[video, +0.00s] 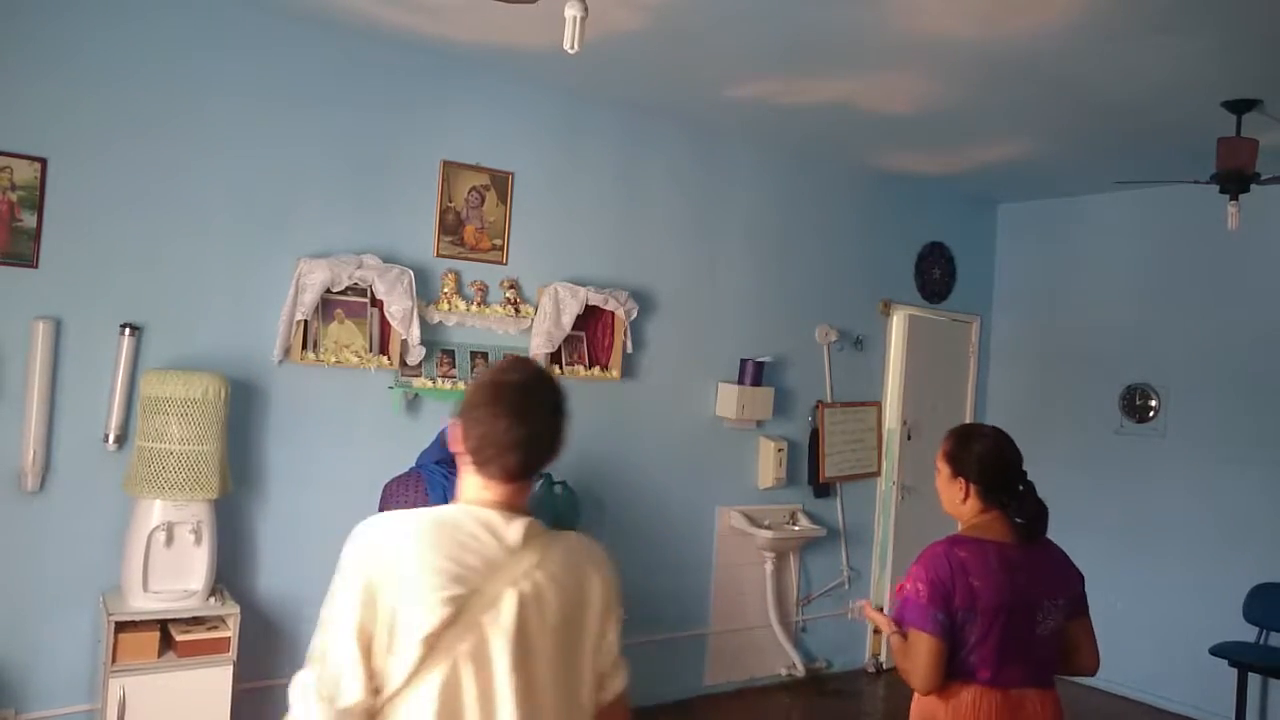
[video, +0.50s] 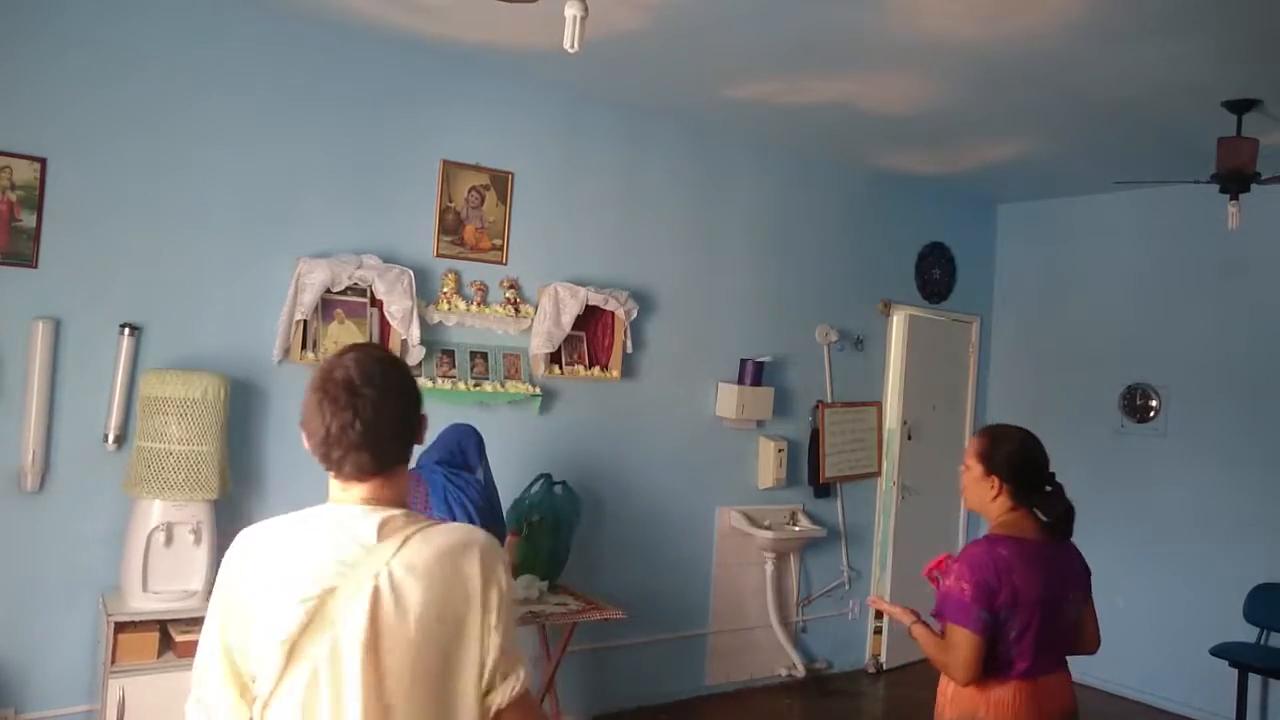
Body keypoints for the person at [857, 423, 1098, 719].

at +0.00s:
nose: (936, 482)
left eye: (939, 473)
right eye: (937, 472)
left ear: (962, 488)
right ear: (1008, 481)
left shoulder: (941, 561)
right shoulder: (1054, 559)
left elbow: (923, 678)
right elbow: (1085, 660)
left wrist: (891, 633)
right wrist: (1016, 649)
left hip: (958, 706)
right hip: (1037, 705)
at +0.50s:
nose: (960, 475)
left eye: (967, 467)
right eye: (963, 466)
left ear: (994, 486)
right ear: (1031, 483)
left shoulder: (979, 559)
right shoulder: (1065, 552)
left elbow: (961, 668)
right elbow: (1087, 641)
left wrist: (912, 622)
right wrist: (1021, 634)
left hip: (988, 701)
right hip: (1053, 693)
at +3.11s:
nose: (1055, 485)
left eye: (1063, 475)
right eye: (1059, 474)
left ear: (1093, 494)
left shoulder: (1089, 572)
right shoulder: (1168, 563)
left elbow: (1087, 697)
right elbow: (1200, 667)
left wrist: (1011, 654)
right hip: (1179, 710)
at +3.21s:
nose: (1062, 483)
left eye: (1070, 474)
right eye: (1066, 472)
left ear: (1101, 492)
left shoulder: (1094, 568)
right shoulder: (1172, 561)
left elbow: (1087, 692)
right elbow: (1201, 667)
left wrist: (1017, 651)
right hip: (1174, 710)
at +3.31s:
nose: (1067, 483)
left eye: (1075, 474)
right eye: (1072, 472)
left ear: (1106, 491)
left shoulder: (1096, 569)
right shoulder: (1175, 563)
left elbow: (1087, 691)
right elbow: (1200, 669)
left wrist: (1017, 650)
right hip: (1171, 710)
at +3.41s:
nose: (1068, 486)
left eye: (1077, 474)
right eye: (1073, 474)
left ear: (1108, 491)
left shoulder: (1098, 571)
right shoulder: (1178, 565)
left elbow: (1086, 693)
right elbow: (1198, 673)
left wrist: (1018, 649)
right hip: (1168, 710)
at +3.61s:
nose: (1062, 488)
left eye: (1072, 477)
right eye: (1068, 476)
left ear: (1102, 496)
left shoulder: (1096, 576)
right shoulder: (1169, 570)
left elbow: (1086, 701)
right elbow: (1190, 677)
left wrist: (1015, 650)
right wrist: (1058, 647)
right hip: (1169, 712)